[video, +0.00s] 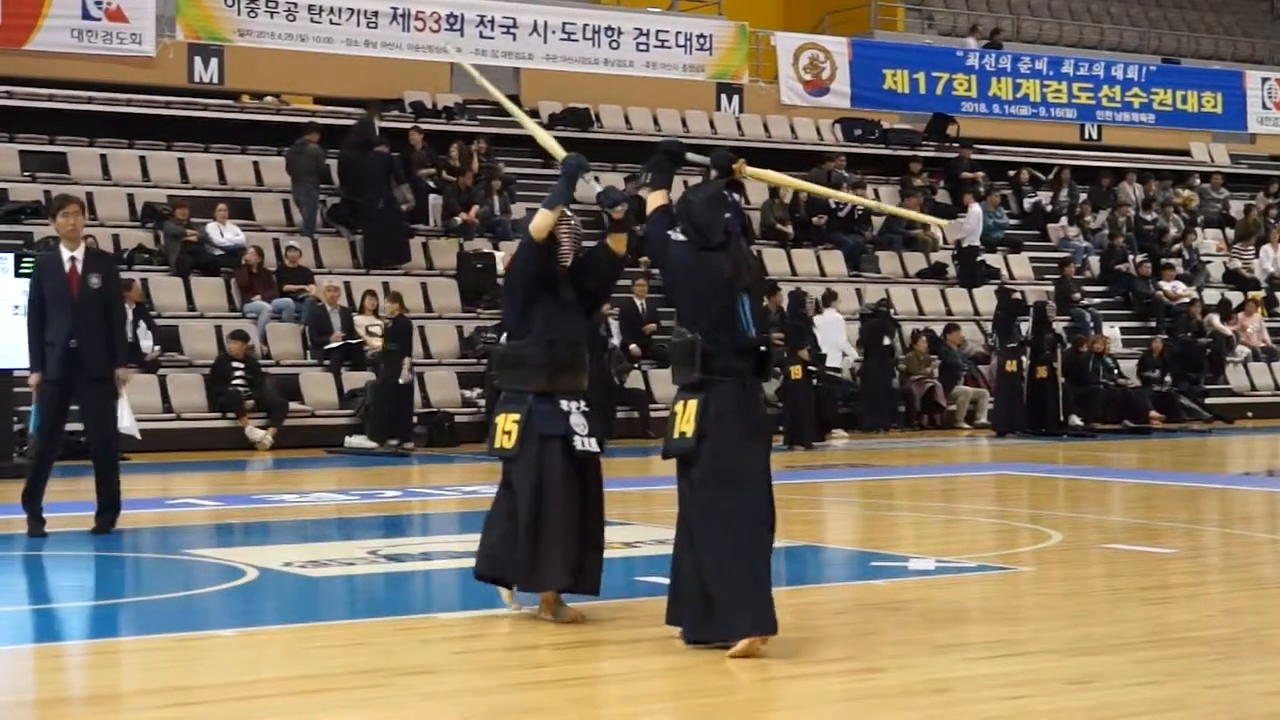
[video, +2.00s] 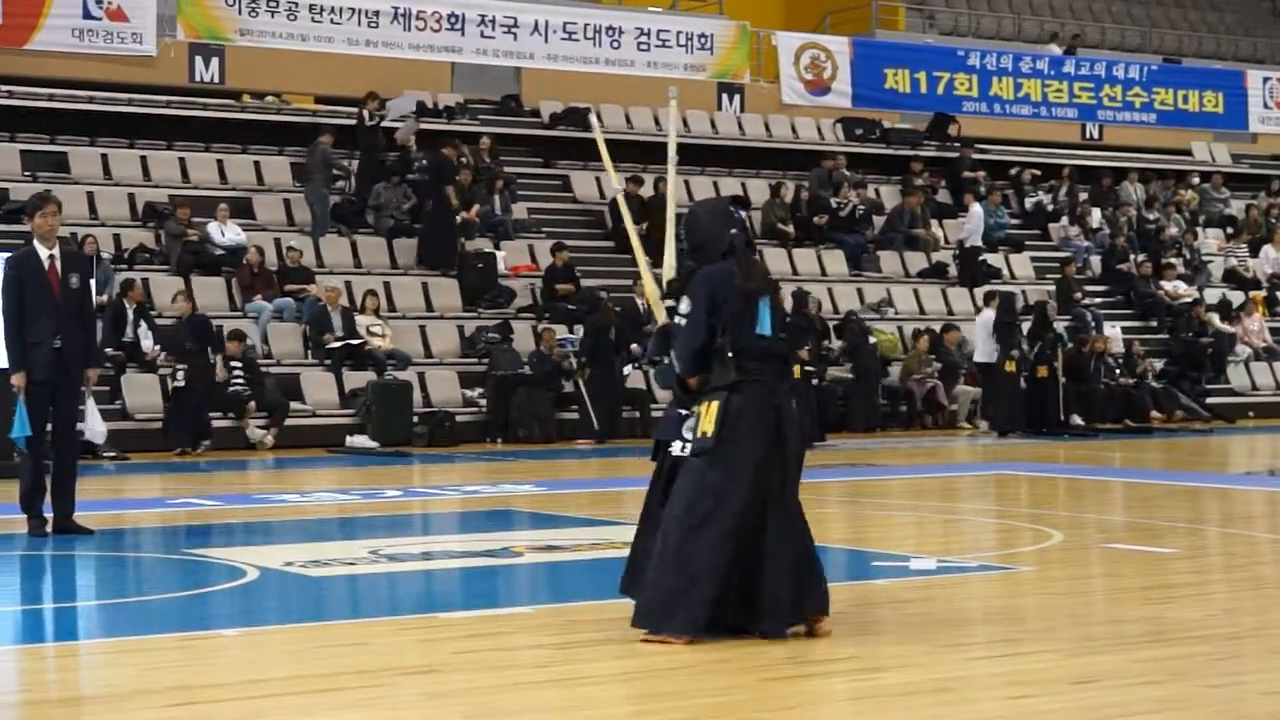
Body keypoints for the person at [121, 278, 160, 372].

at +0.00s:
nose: (140, 293)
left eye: (139, 290)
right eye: (136, 290)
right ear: (125, 293)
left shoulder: (140, 308)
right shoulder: (117, 309)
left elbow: (153, 327)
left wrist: (156, 348)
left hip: (137, 346)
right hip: (121, 346)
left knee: (153, 363)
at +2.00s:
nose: (142, 292)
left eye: (141, 289)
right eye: (138, 289)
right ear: (129, 293)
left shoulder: (141, 307)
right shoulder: (114, 306)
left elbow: (153, 327)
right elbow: (107, 327)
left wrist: (157, 348)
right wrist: (108, 348)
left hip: (133, 344)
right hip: (116, 345)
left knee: (151, 364)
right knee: (120, 361)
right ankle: (116, 396)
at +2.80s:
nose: (126, 291)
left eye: (129, 287)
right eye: (123, 287)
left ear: (135, 290)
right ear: (119, 290)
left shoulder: (138, 307)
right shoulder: (112, 306)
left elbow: (141, 328)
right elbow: (107, 327)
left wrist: (140, 343)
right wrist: (107, 346)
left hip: (133, 344)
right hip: (116, 345)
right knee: (118, 363)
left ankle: (133, 394)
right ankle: (116, 396)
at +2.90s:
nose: (122, 291)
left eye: (125, 287)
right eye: (120, 287)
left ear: (132, 290)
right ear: (116, 289)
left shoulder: (137, 306)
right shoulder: (111, 306)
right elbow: (107, 328)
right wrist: (108, 346)